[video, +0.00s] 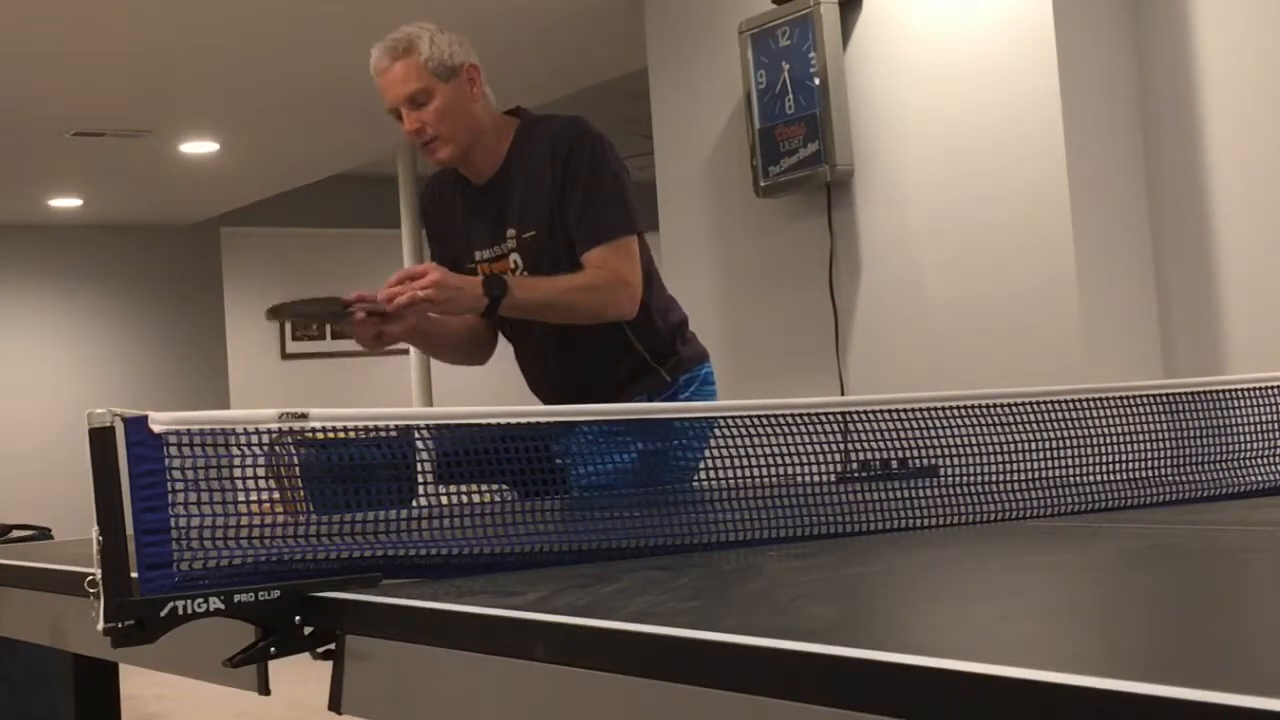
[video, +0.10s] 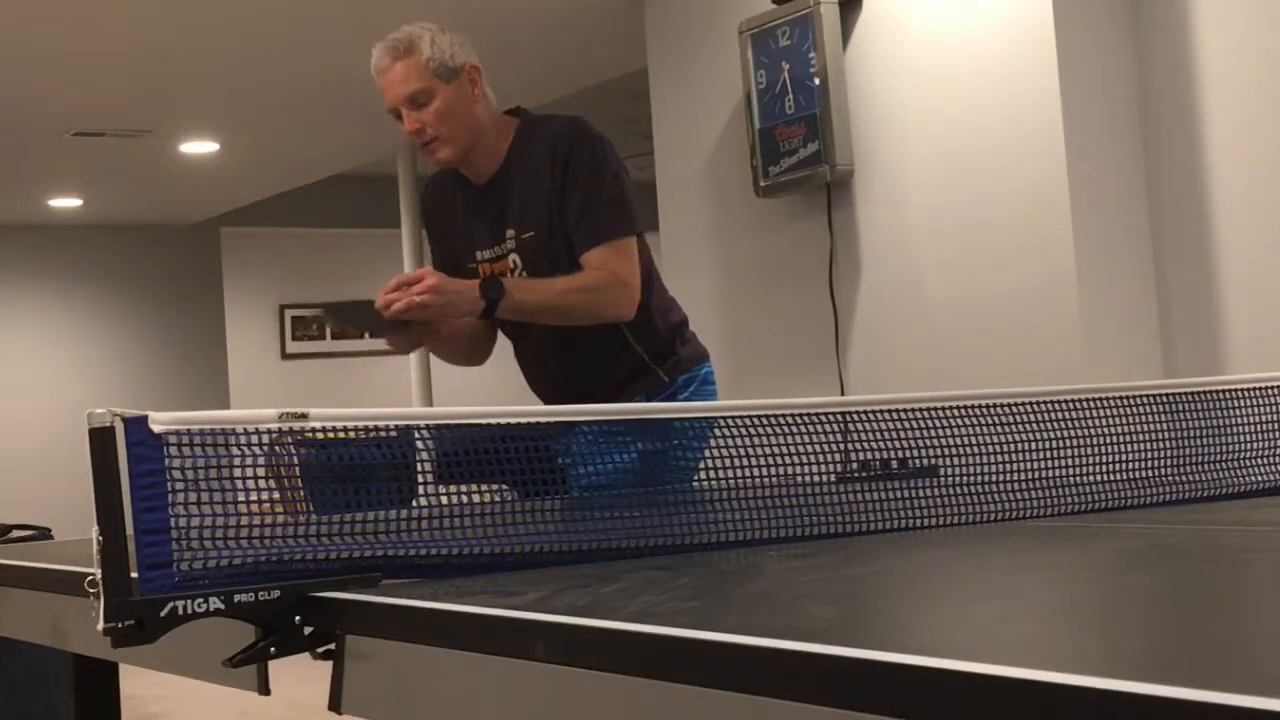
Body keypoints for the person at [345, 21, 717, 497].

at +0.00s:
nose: (410, 127)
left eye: (420, 101)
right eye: (397, 115)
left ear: (471, 82)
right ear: (393, 121)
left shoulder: (570, 145)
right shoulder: (442, 198)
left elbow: (619, 293)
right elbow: (478, 345)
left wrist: (480, 293)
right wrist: (413, 327)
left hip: (665, 393)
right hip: (578, 414)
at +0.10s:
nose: (411, 127)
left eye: (420, 102)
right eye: (399, 114)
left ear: (472, 81)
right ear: (394, 120)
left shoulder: (571, 146)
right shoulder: (442, 198)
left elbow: (617, 294)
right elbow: (475, 346)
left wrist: (478, 297)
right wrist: (429, 331)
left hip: (665, 394)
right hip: (577, 414)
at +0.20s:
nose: (412, 127)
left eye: (421, 101)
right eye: (399, 114)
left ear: (473, 81)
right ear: (395, 119)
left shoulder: (571, 145)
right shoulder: (442, 198)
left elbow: (619, 292)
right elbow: (471, 347)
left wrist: (481, 297)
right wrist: (424, 324)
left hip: (667, 394)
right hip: (580, 414)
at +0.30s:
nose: (415, 125)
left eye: (425, 100)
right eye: (402, 112)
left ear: (475, 82)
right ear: (397, 118)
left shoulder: (573, 145)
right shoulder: (443, 198)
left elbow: (623, 291)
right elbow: (472, 346)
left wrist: (488, 293)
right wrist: (411, 327)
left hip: (667, 393)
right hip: (578, 413)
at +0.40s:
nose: (418, 125)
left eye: (429, 99)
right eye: (404, 112)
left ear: (479, 83)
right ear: (400, 117)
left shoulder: (573, 145)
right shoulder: (443, 197)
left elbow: (626, 293)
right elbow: (476, 345)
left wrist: (491, 290)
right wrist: (405, 326)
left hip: (666, 394)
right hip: (577, 412)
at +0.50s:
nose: (422, 122)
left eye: (432, 98)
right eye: (407, 111)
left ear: (481, 83)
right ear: (401, 118)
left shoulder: (574, 146)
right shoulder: (444, 196)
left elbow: (624, 293)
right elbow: (478, 344)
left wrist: (489, 291)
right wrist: (417, 328)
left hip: (665, 395)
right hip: (575, 413)